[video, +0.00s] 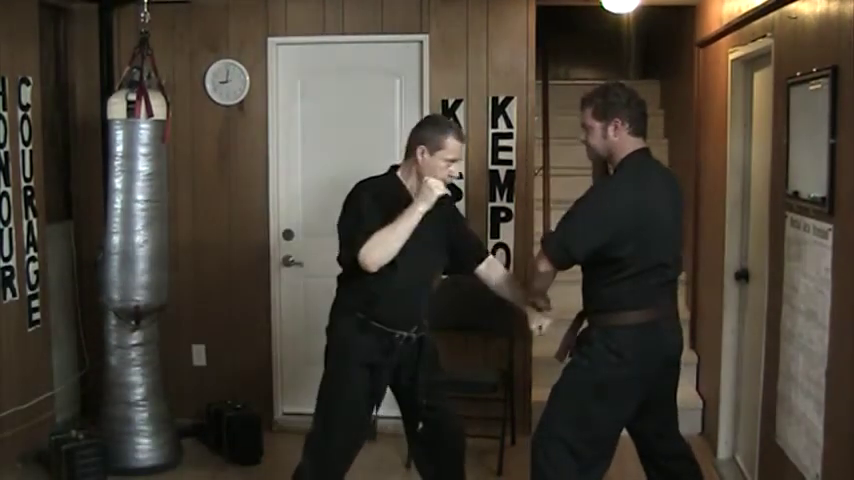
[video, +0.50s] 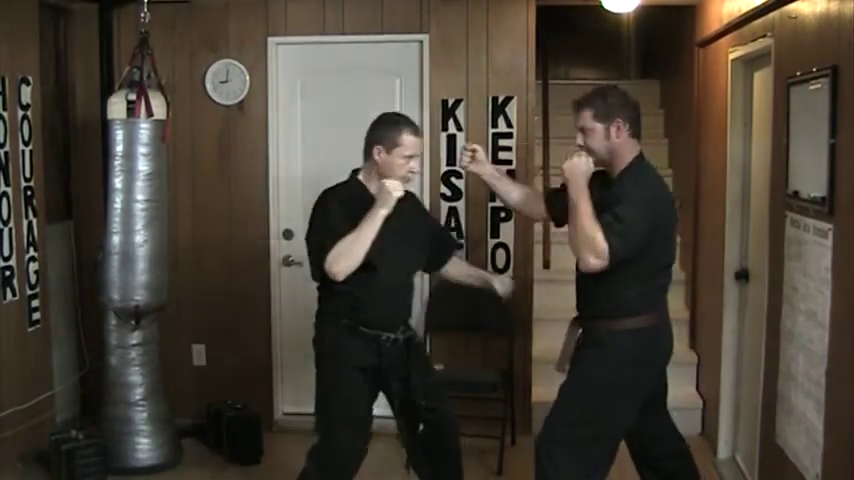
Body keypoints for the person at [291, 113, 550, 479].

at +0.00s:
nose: (456, 171)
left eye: (458, 162)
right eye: (449, 161)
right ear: (420, 154)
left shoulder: (443, 211)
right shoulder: (369, 194)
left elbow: (487, 267)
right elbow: (370, 258)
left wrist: (529, 303)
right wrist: (420, 205)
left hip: (413, 345)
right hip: (359, 340)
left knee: (443, 443)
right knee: (333, 448)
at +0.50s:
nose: (415, 167)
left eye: (417, 158)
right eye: (407, 158)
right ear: (377, 154)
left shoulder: (408, 206)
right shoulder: (336, 202)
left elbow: (443, 261)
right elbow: (336, 267)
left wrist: (489, 279)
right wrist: (381, 209)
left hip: (400, 344)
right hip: (345, 344)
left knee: (437, 438)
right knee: (342, 448)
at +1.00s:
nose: (343, 153)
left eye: (346, 144)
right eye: (335, 143)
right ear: (306, 138)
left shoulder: (332, 187)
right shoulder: (266, 182)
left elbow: (371, 226)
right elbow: (278, 237)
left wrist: (389, 179)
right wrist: (310, 174)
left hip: (313, 326)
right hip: (269, 326)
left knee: (313, 431)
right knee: (282, 434)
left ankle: (303, 475)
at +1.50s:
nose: (273, 170)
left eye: (276, 162)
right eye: (268, 161)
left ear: (246, 158)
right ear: (240, 155)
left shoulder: (254, 201)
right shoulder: (199, 198)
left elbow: (287, 249)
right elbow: (232, 252)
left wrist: (308, 201)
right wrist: (258, 188)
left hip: (242, 344)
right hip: (194, 343)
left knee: (288, 431)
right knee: (165, 443)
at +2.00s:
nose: (304, 165)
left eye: (308, 156)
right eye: (301, 154)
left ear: (279, 152)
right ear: (273, 149)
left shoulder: (282, 196)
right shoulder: (231, 192)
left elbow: (318, 241)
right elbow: (267, 247)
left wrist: (341, 201)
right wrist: (290, 182)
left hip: (274, 336)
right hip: (228, 336)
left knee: (297, 430)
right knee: (214, 433)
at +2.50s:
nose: (379, 163)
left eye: (380, 154)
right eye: (373, 153)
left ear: (351, 150)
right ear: (344, 149)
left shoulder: (361, 196)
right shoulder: (299, 195)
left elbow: (390, 247)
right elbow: (320, 252)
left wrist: (416, 216)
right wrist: (350, 187)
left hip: (358, 336)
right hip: (309, 337)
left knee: (399, 429)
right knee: (316, 445)